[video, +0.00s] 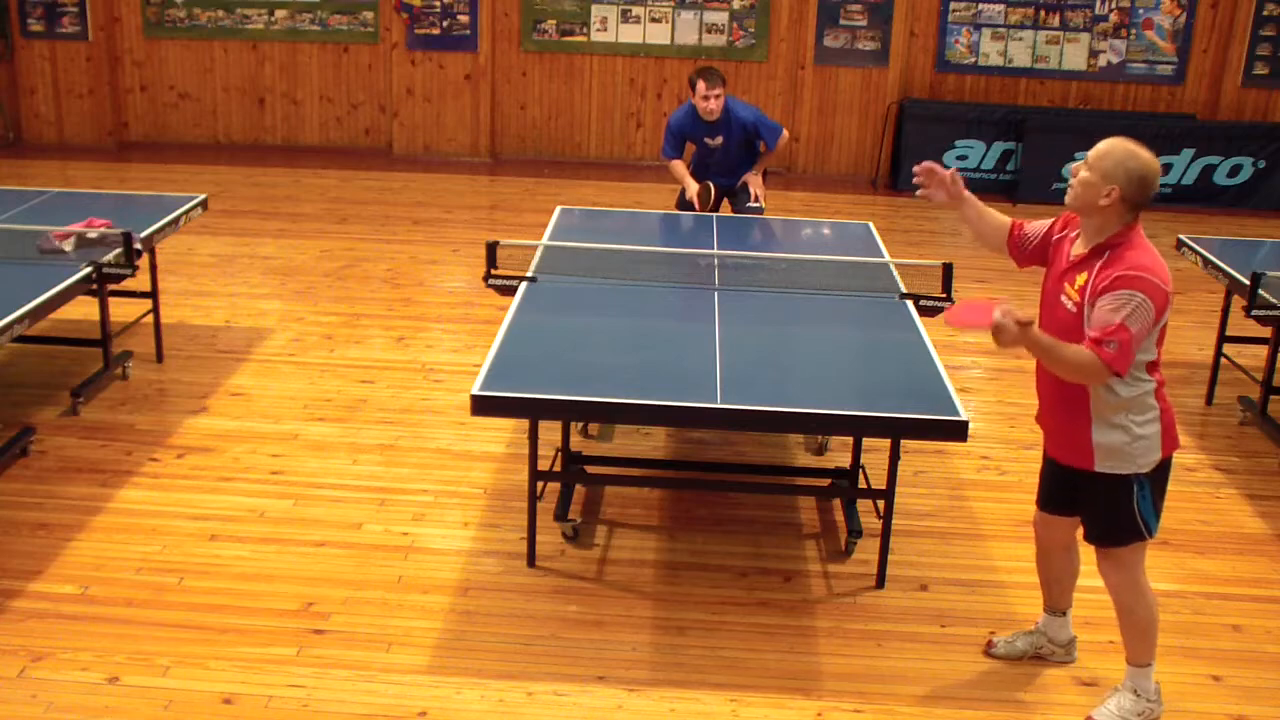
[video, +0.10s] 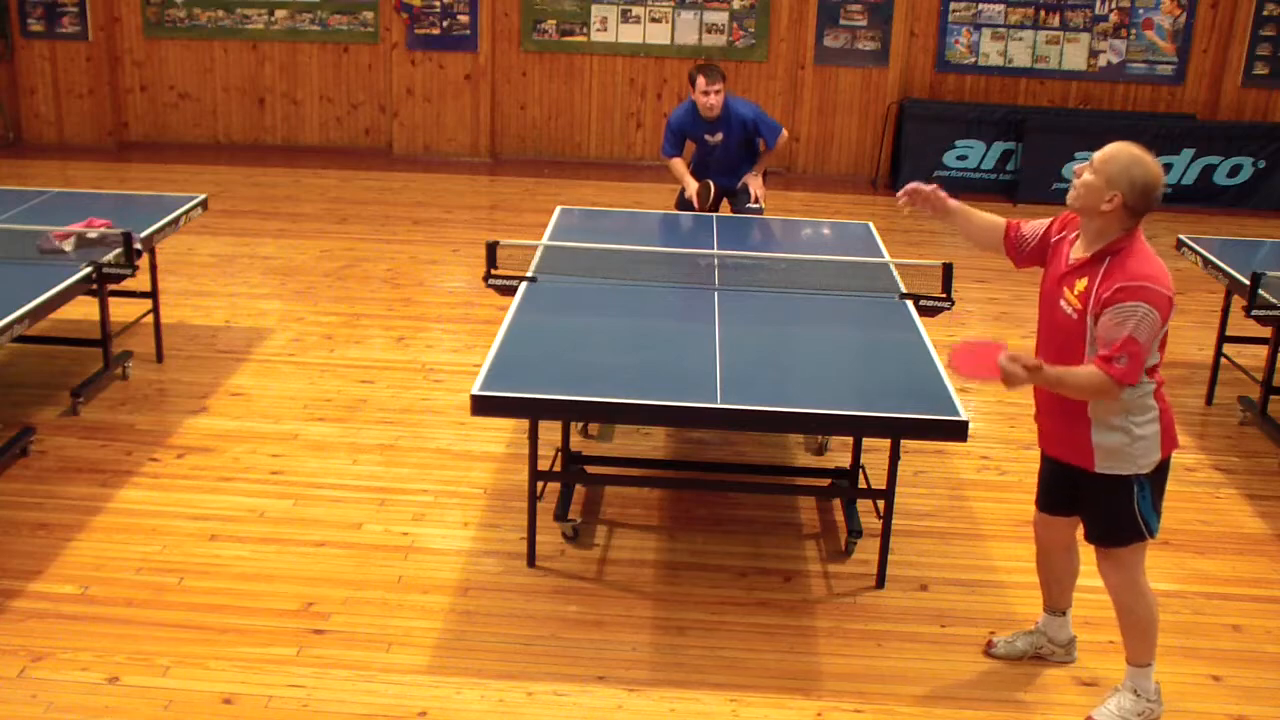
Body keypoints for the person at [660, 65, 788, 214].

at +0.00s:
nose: (712, 105)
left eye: (717, 97)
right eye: (705, 98)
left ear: (724, 94)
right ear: (693, 98)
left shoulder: (744, 116)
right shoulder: (680, 121)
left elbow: (781, 136)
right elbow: (673, 158)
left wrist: (757, 171)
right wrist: (689, 184)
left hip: (741, 175)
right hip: (705, 174)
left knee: (751, 222)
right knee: (686, 220)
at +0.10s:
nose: (712, 101)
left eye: (717, 93)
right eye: (705, 94)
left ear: (724, 91)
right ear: (693, 93)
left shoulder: (745, 114)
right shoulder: (681, 118)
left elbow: (780, 136)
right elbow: (671, 155)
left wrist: (756, 172)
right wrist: (690, 183)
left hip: (741, 174)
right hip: (705, 173)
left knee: (750, 224)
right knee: (685, 219)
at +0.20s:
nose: (711, 94)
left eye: (717, 86)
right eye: (704, 87)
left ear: (723, 86)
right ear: (691, 88)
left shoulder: (744, 110)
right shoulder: (680, 115)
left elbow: (778, 134)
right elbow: (670, 152)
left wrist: (757, 174)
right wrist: (687, 180)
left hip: (740, 176)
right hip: (703, 174)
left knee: (749, 225)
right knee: (684, 218)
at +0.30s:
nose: (709, 86)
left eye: (714, 79)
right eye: (702, 79)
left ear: (721, 80)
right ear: (690, 82)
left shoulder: (742, 105)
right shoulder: (679, 110)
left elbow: (774, 132)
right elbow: (668, 148)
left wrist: (756, 173)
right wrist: (683, 177)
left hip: (738, 177)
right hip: (701, 176)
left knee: (750, 230)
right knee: (681, 226)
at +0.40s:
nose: (706, 78)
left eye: (711, 71)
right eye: (699, 71)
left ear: (718, 73)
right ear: (687, 75)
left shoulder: (738, 101)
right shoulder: (674, 107)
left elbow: (767, 127)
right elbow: (665, 145)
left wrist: (752, 171)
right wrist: (676, 173)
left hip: (734, 176)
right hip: (695, 175)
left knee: (744, 232)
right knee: (671, 226)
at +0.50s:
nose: (701, 70)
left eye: (706, 63)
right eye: (694, 64)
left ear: (713, 65)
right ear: (682, 67)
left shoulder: (734, 95)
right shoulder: (669, 101)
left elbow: (757, 126)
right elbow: (659, 140)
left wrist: (746, 163)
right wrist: (667, 168)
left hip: (725, 176)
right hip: (686, 174)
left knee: (736, 235)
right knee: (661, 227)